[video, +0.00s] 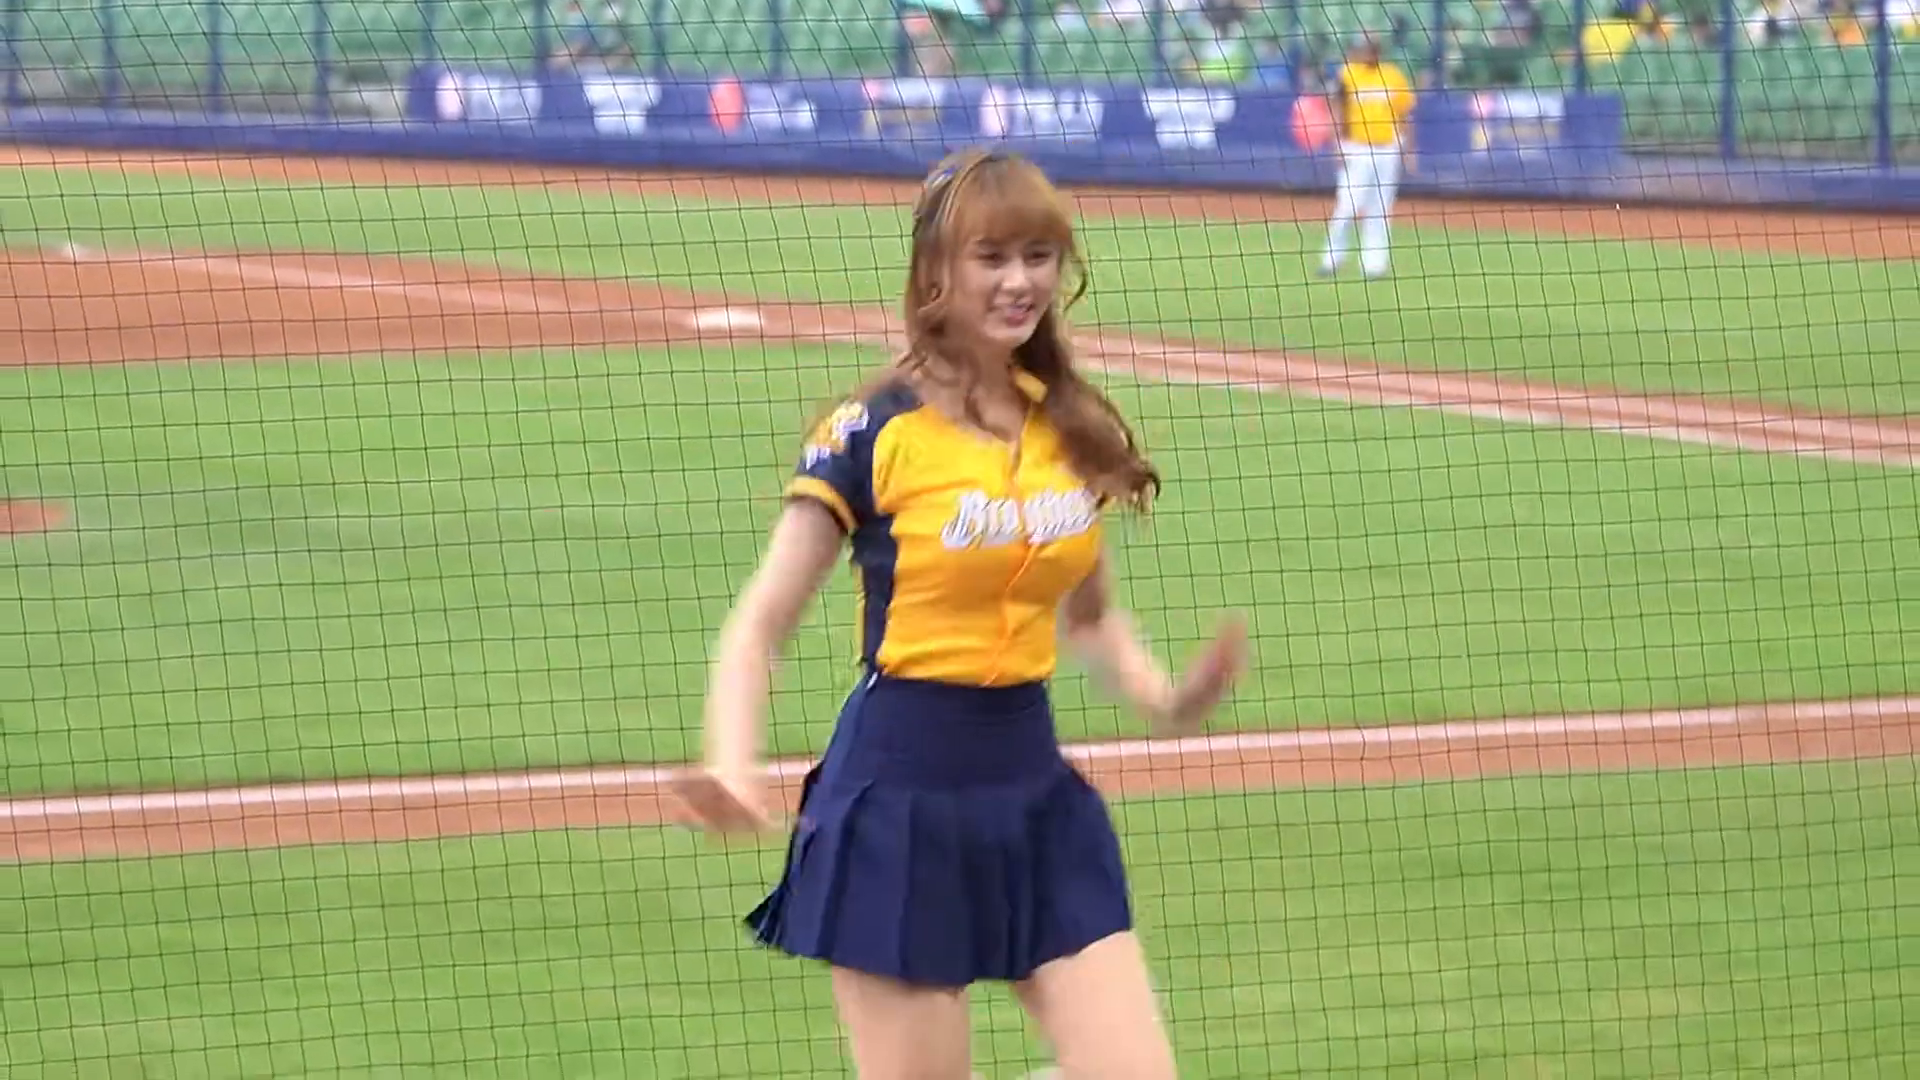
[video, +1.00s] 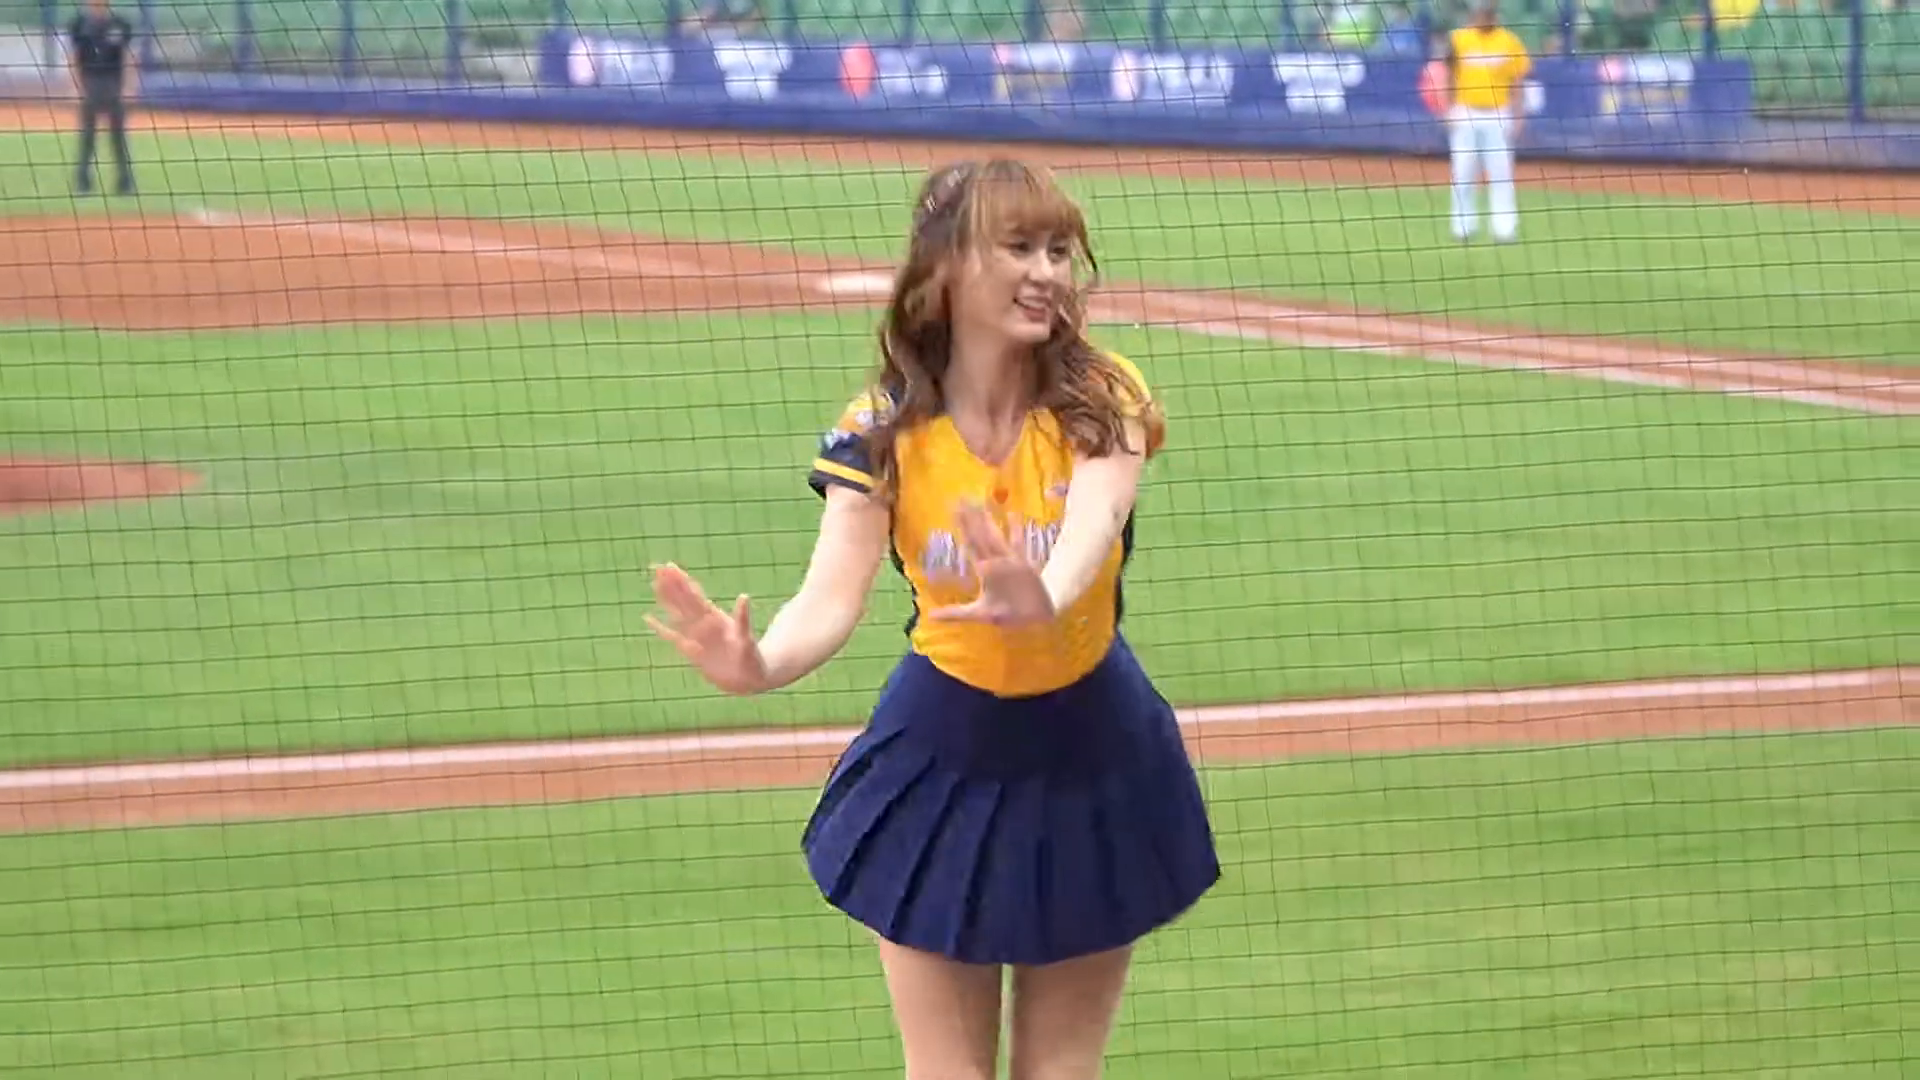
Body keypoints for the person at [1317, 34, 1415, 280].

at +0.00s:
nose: (1369, 55)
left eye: (1373, 49)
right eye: (1364, 50)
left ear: (1379, 51)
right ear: (1356, 51)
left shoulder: (1393, 75)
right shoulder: (1347, 74)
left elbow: (1405, 117)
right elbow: (1336, 109)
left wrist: (1409, 152)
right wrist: (1338, 143)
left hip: (1388, 149)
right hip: (1356, 148)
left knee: (1380, 207)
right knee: (1349, 204)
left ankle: (1375, 261)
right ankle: (1332, 256)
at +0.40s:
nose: (1396, 41)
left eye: (1401, 36)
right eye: (1393, 36)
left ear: (1408, 38)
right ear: (1386, 37)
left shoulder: (1419, 64)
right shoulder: (1373, 61)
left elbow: (1428, 106)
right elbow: (1359, 93)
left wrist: (1431, 140)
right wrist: (1362, 128)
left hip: (1410, 137)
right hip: (1378, 136)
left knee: (1402, 195)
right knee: (1368, 192)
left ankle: (1398, 248)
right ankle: (1357, 244)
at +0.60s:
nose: (1425, 35)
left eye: (1429, 30)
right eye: (1421, 30)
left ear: (1435, 32)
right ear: (1414, 30)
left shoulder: (1446, 57)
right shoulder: (1398, 53)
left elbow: (1456, 97)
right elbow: (1387, 87)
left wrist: (1457, 132)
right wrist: (1386, 121)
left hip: (1435, 129)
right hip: (1401, 127)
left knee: (1430, 186)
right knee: (1391, 185)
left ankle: (1427, 240)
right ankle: (1384, 236)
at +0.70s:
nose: (1441, 31)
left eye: (1446, 26)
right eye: (1437, 25)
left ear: (1452, 27)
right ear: (1429, 25)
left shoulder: (1464, 53)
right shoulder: (1415, 49)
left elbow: (1473, 95)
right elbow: (1404, 82)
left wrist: (1474, 129)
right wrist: (1404, 114)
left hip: (1452, 124)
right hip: (1419, 123)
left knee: (1447, 182)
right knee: (1408, 181)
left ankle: (1445, 235)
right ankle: (1403, 231)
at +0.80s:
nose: (1460, 26)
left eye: (1465, 21)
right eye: (1456, 21)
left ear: (1472, 22)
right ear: (1449, 20)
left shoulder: (1483, 50)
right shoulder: (1431, 45)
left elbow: (1494, 91)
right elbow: (1420, 78)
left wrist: (1493, 125)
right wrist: (1419, 110)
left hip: (1470, 121)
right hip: (1436, 119)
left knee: (1465, 179)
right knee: (1427, 177)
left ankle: (1465, 233)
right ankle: (1422, 230)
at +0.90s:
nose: (1472, 22)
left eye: (1476, 17)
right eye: (1468, 17)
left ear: (1482, 19)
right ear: (1459, 18)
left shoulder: (1494, 45)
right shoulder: (1444, 42)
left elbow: (1506, 85)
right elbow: (1435, 76)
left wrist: (1507, 119)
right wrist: (1434, 108)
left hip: (1485, 117)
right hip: (1451, 116)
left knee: (1483, 175)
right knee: (1445, 175)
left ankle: (1484, 230)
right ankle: (1443, 228)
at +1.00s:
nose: (1485, 18)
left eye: (1489, 13)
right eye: (1481, 13)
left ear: (1495, 14)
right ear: (1473, 14)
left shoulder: (1508, 41)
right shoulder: (1458, 39)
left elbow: (1518, 84)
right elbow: (1447, 74)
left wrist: (1518, 118)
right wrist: (1448, 106)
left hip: (1498, 113)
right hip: (1464, 112)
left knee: (1500, 170)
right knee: (1463, 171)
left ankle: (1504, 225)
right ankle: (1463, 224)